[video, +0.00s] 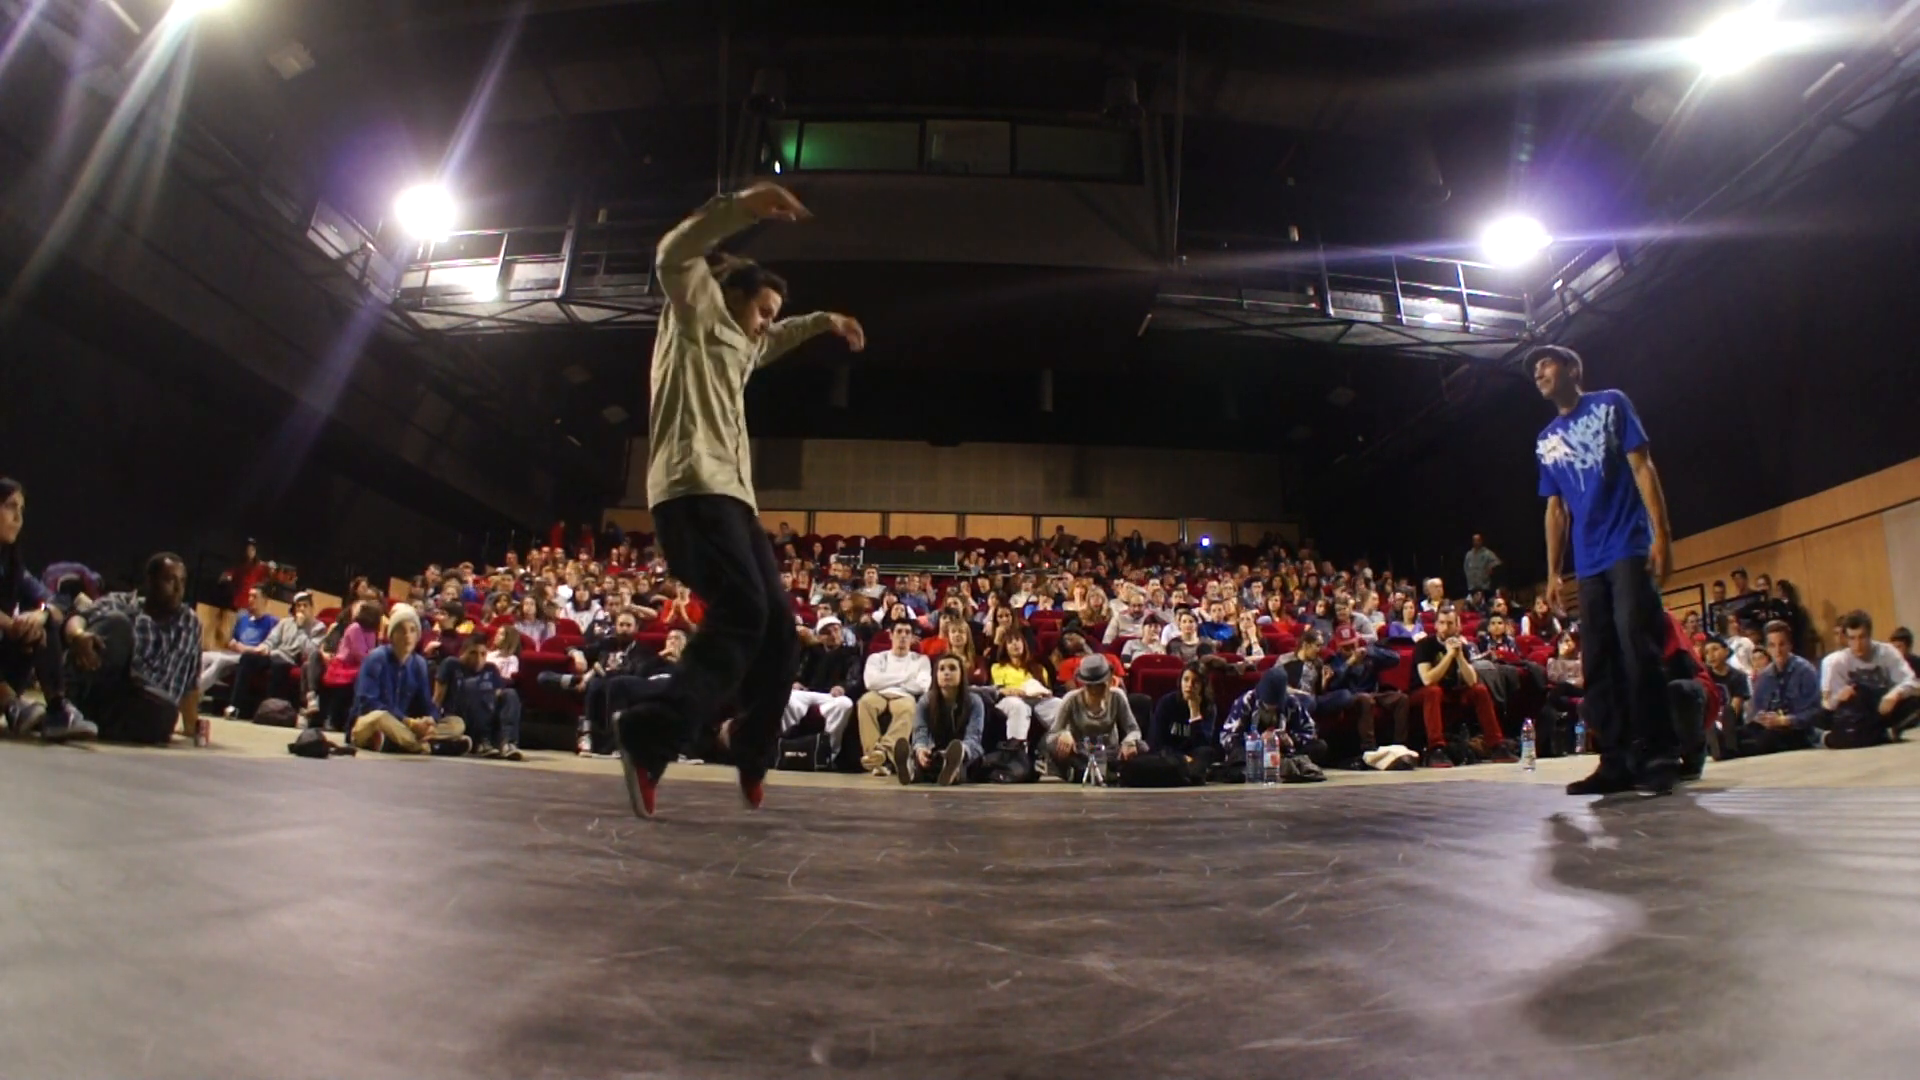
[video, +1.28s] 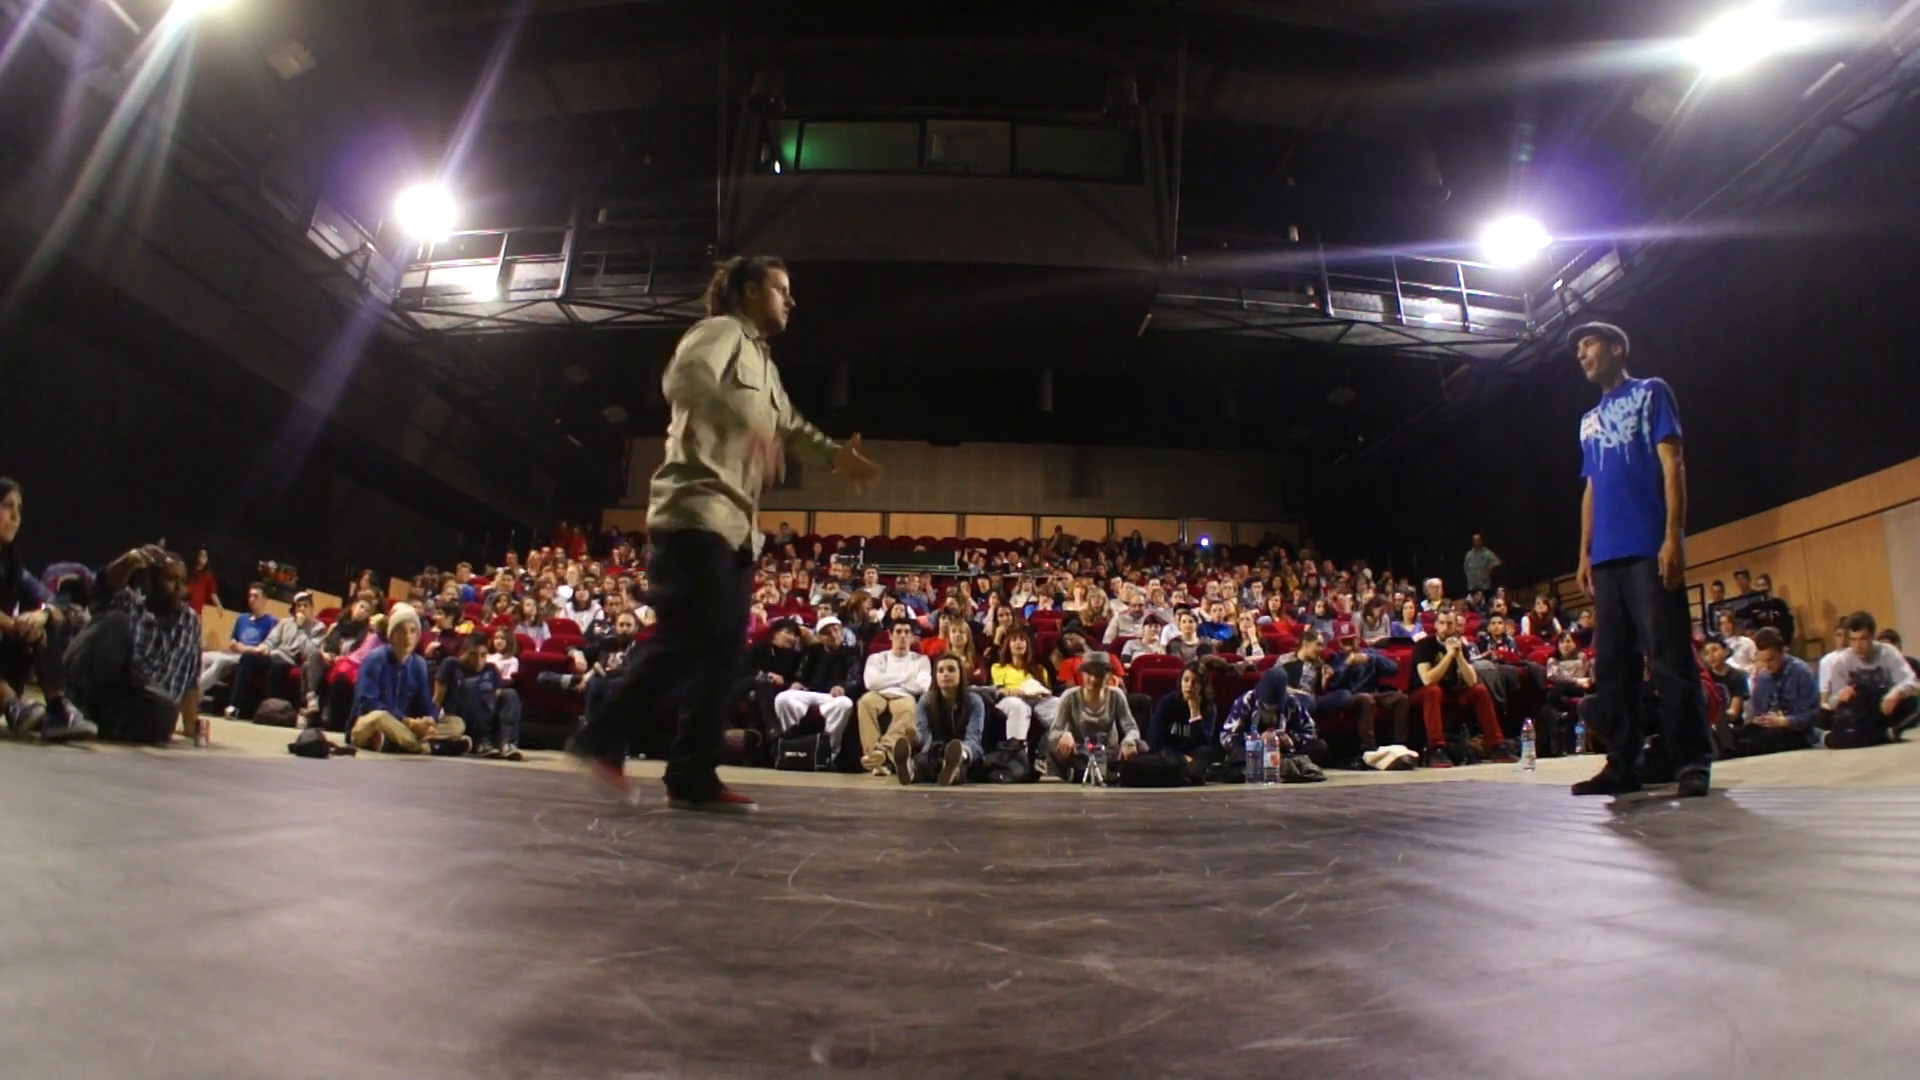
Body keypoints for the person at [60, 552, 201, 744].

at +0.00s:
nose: (178, 589)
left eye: (182, 582)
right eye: (170, 581)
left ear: (186, 585)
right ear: (151, 581)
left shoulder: (191, 623)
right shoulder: (122, 603)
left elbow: (190, 685)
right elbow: (76, 620)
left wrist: (191, 731)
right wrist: (78, 636)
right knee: (117, 625)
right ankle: (67, 709)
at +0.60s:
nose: (178, 589)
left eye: (181, 582)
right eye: (170, 580)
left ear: (185, 585)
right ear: (152, 581)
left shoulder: (190, 623)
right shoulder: (127, 603)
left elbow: (190, 685)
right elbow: (82, 608)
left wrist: (191, 732)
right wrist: (84, 622)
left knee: (161, 719)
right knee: (118, 625)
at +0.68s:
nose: (178, 589)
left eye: (182, 582)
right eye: (171, 580)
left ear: (185, 585)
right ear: (152, 581)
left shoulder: (191, 622)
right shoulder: (131, 603)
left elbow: (191, 684)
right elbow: (92, 599)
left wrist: (191, 731)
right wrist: (94, 609)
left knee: (159, 721)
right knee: (117, 623)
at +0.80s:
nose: (176, 586)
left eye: (181, 580)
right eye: (170, 578)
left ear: (185, 584)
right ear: (152, 580)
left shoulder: (191, 621)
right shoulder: (131, 610)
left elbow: (190, 678)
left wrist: (191, 727)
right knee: (116, 622)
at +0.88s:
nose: (176, 585)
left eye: (181, 579)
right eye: (169, 577)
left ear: (185, 585)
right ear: (152, 579)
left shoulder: (191, 621)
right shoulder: (132, 609)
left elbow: (190, 678)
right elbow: (133, 666)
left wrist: (191, 727)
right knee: (116, 626)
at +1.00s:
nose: (176, 585)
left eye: (180, 580)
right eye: (168, 577)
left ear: (185, 585)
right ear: (152, 579)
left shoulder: (190, 621)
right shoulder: (131, 606)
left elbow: (190, 683)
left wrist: (191, 730)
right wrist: (121, 565)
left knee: (161, 718)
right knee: (117, 622)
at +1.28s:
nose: (178, 588)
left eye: (181, 582)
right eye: (170, 580)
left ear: (184, 587)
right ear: (152, 581)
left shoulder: (189, 621)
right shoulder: (131, 606)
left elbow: (191, 682)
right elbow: (106, 588)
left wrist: (191, 730)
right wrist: (129, 562)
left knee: (158, 721)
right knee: (115, 621)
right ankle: (68, 704)